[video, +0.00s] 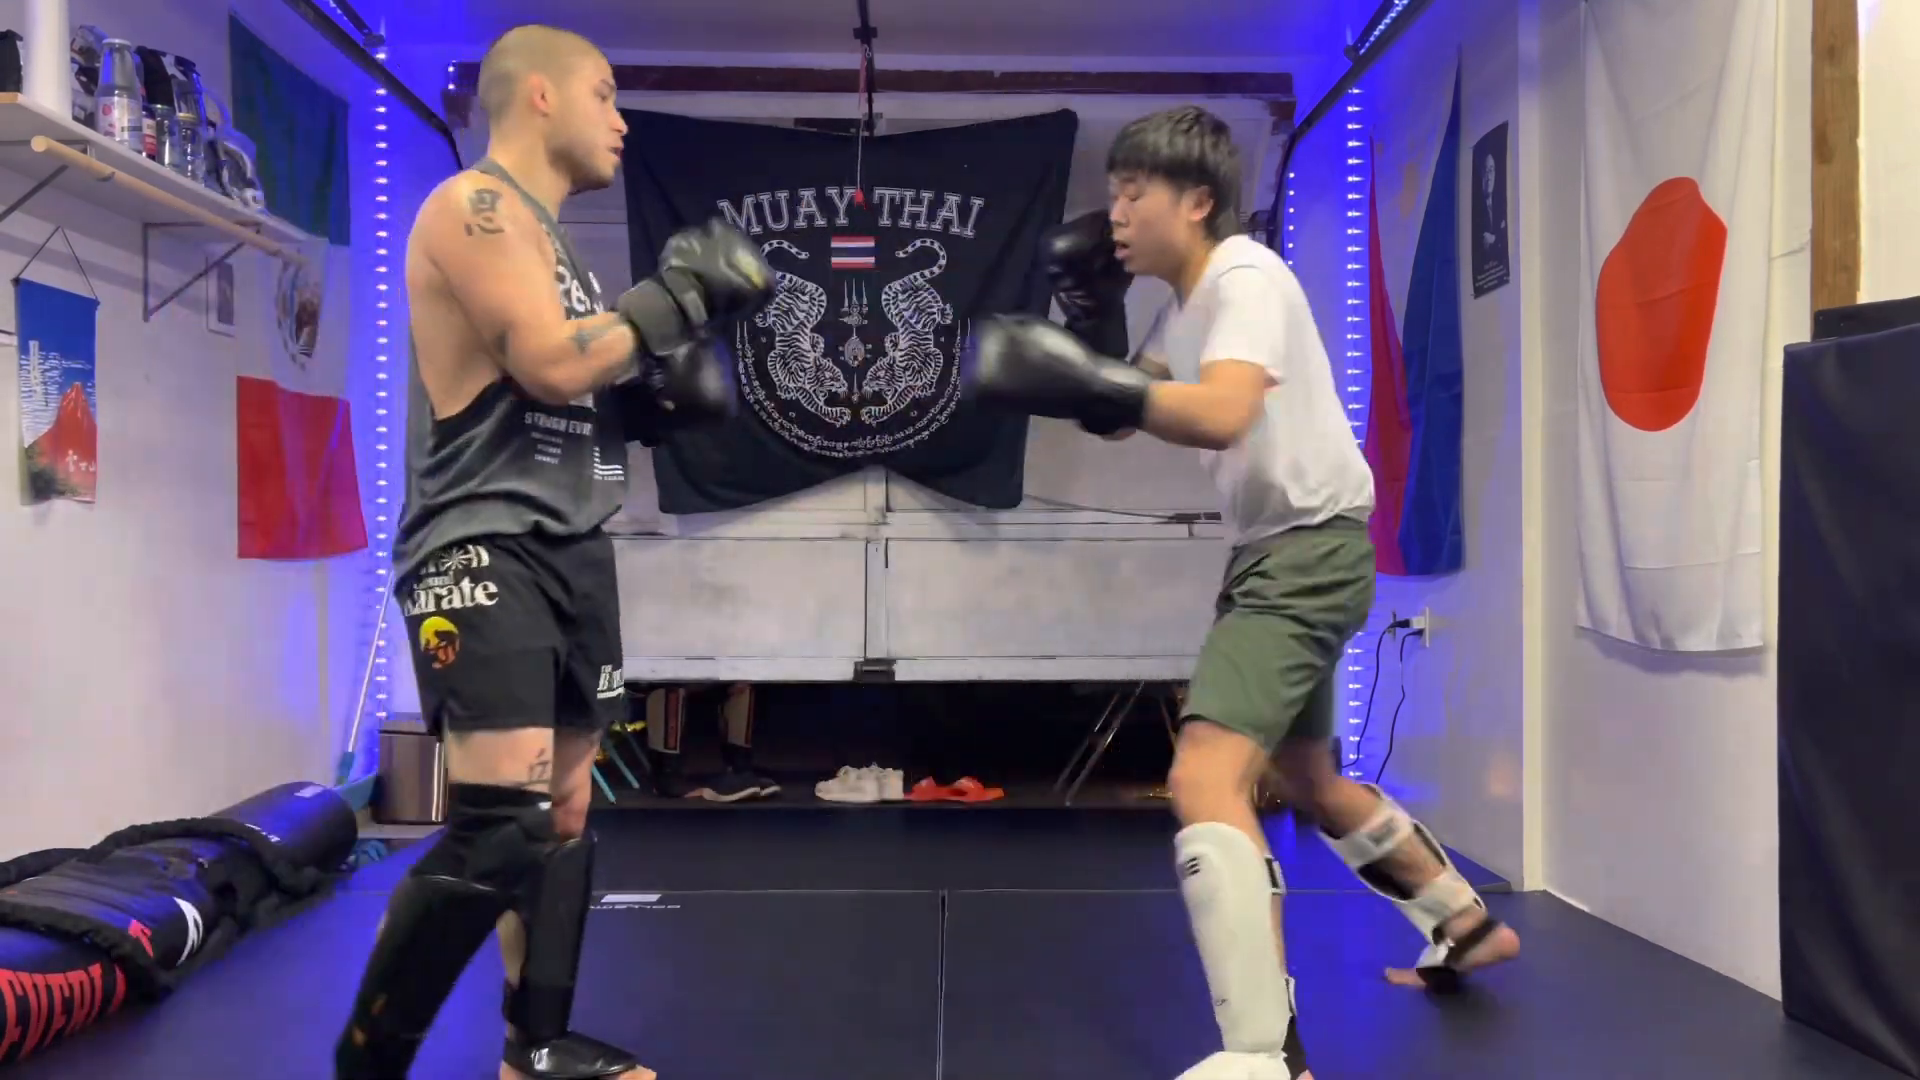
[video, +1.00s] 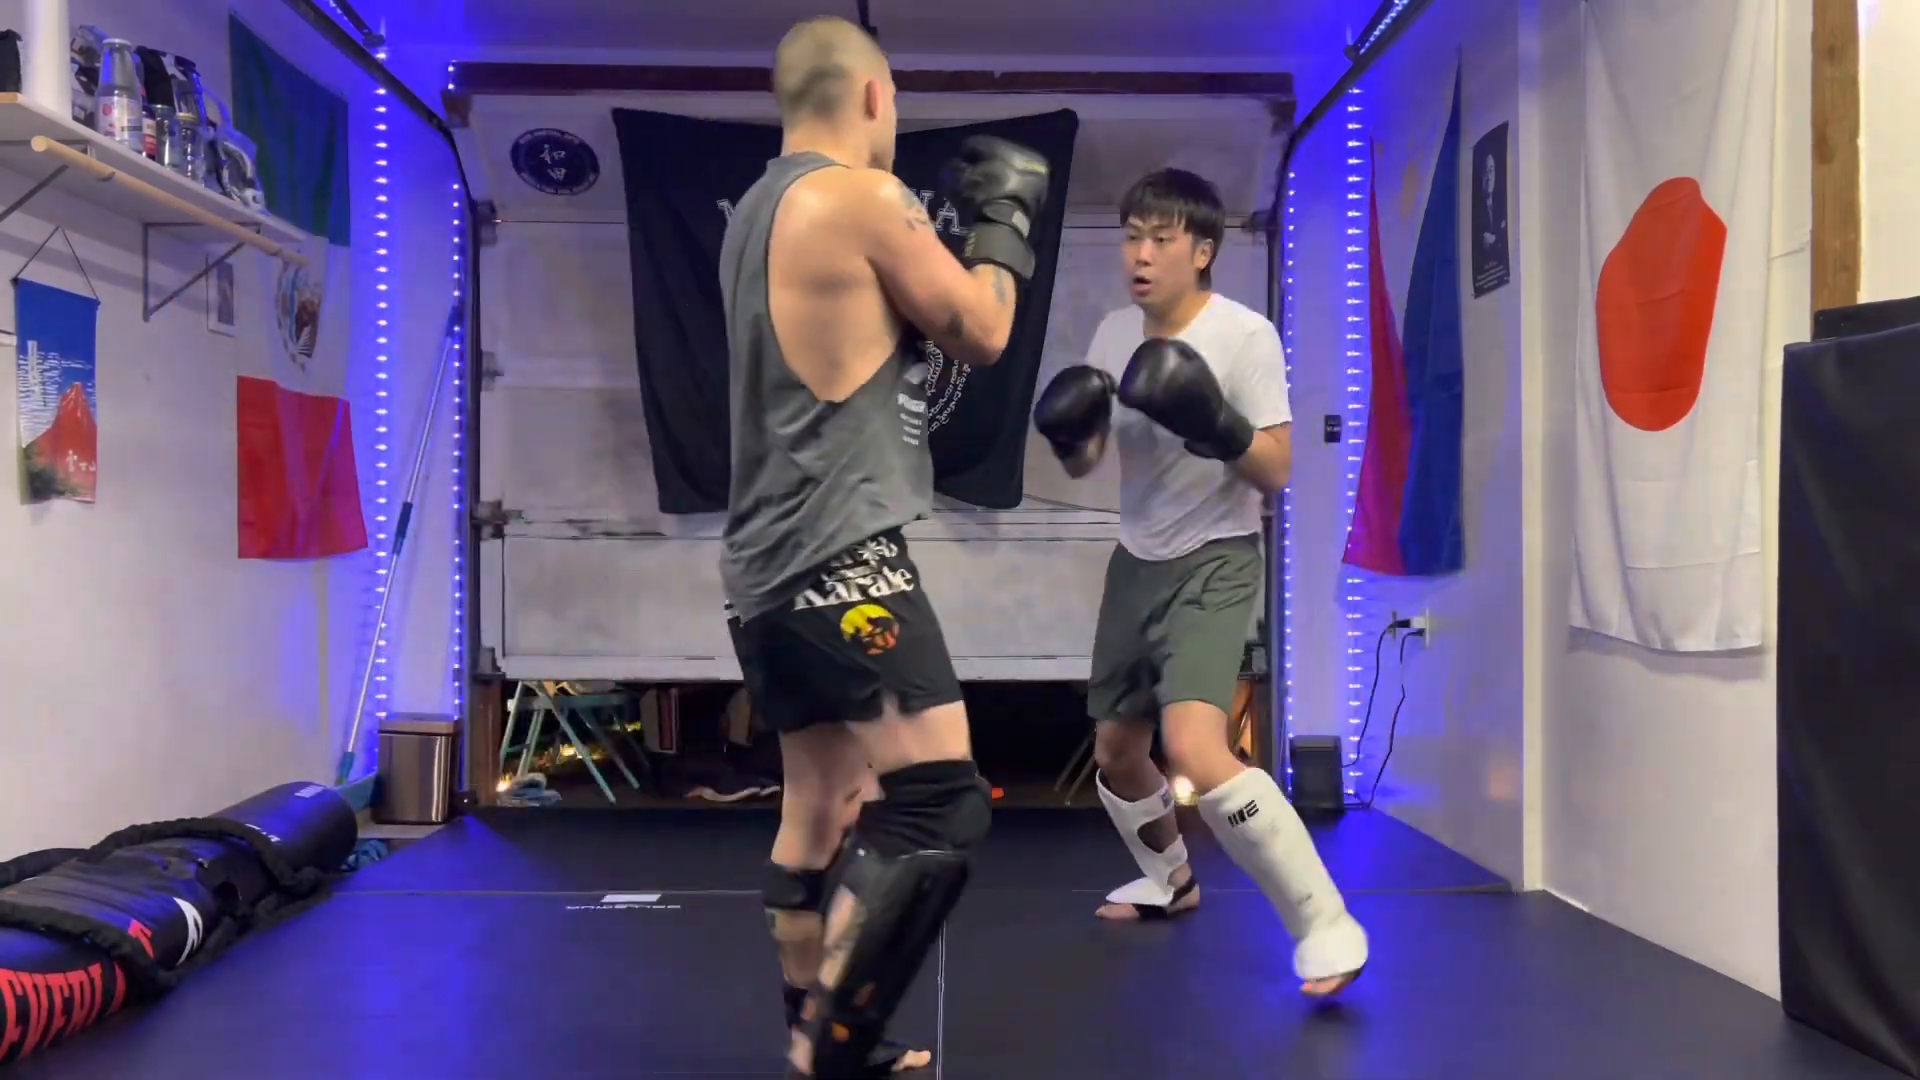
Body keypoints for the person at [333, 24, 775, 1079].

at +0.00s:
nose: (621, 120)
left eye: (616, 99)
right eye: (605, 97)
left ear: (542, 103)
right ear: (541, 100)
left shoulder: (552, 243)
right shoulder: (474, 205)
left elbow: (554, 397)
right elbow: (550, 361)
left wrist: (642, 401)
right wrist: (677, 295)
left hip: (569, 548)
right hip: (481, 543)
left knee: (562, 807)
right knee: (501, 822)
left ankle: (541, 1042)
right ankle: (367, 1060)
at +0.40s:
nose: (715, 107)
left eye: (714, 84)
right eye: (704, 81)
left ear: (635, 80)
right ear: (643, 77)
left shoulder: (634, 218)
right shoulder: (564, 197)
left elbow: (649, 385)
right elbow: (662, 394)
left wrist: (734, 321)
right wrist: (753, 318)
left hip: (652, 548)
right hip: (579, 553)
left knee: (735, 793)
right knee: (583, 850)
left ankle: (626, 999)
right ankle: (507, 1068)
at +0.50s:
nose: (737, 104)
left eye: (734, 81)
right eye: (728, 79)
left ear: (654, 76)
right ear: (674, 74)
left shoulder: (634, 193)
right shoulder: (616, 186)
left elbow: (715, 361)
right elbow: (738, 364)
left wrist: (785, 267)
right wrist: (802, 259)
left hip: (673, 547)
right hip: (617, 552)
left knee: (752, 793)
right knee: (588, 835)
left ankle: (742, 1027)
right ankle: (511, 1067)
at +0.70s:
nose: (794, 116)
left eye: (789, 96)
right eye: (787, 95)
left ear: (693, 102)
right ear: (747, 95)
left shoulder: (668, 208)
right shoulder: (727, 212)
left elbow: (761, 365)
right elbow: (863, 361)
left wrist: (804, 261)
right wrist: (915, 251)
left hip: (734, 566)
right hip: (711, 573)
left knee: (813, 806)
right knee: (671, 826)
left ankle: (822, 1044)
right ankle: (528, 1059)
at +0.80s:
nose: (832, 116)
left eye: (828, 95)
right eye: (825, 93)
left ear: (720, 104)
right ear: (792, 91)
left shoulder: (694, 216)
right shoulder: (778, 202)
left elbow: (787, 372)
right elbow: (895, 366)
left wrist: (875, 289)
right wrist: (931, 281)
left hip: (754, 550)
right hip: (775, 553)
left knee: (824, 802)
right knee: (778, 827)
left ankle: (822, 1041)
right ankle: (555, 1063)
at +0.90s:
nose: (857, 113)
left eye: (852, 95)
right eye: (853, 94)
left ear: (753, 110)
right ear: (832, 95)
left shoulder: (724, 218)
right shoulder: (823, 198)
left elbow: (808, 361)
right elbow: (937, 351)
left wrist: (905, 268)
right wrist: (972, 261)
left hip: (749, 556)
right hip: (815, 551)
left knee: (808, 817)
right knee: (880, 823)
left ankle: (821, 1043)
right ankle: (664, 1040)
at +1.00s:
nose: (898, 114)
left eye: (893, 97)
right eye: (894, 95)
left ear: (789, 104)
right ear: (872, 93)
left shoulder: (756, 212)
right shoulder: (861, 199)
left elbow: (825, 368)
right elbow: (982, 328)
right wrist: (1003, 223)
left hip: (768, 559)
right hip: (846, 553)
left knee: (818, 803)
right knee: (939, 803)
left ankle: (823, 1039)